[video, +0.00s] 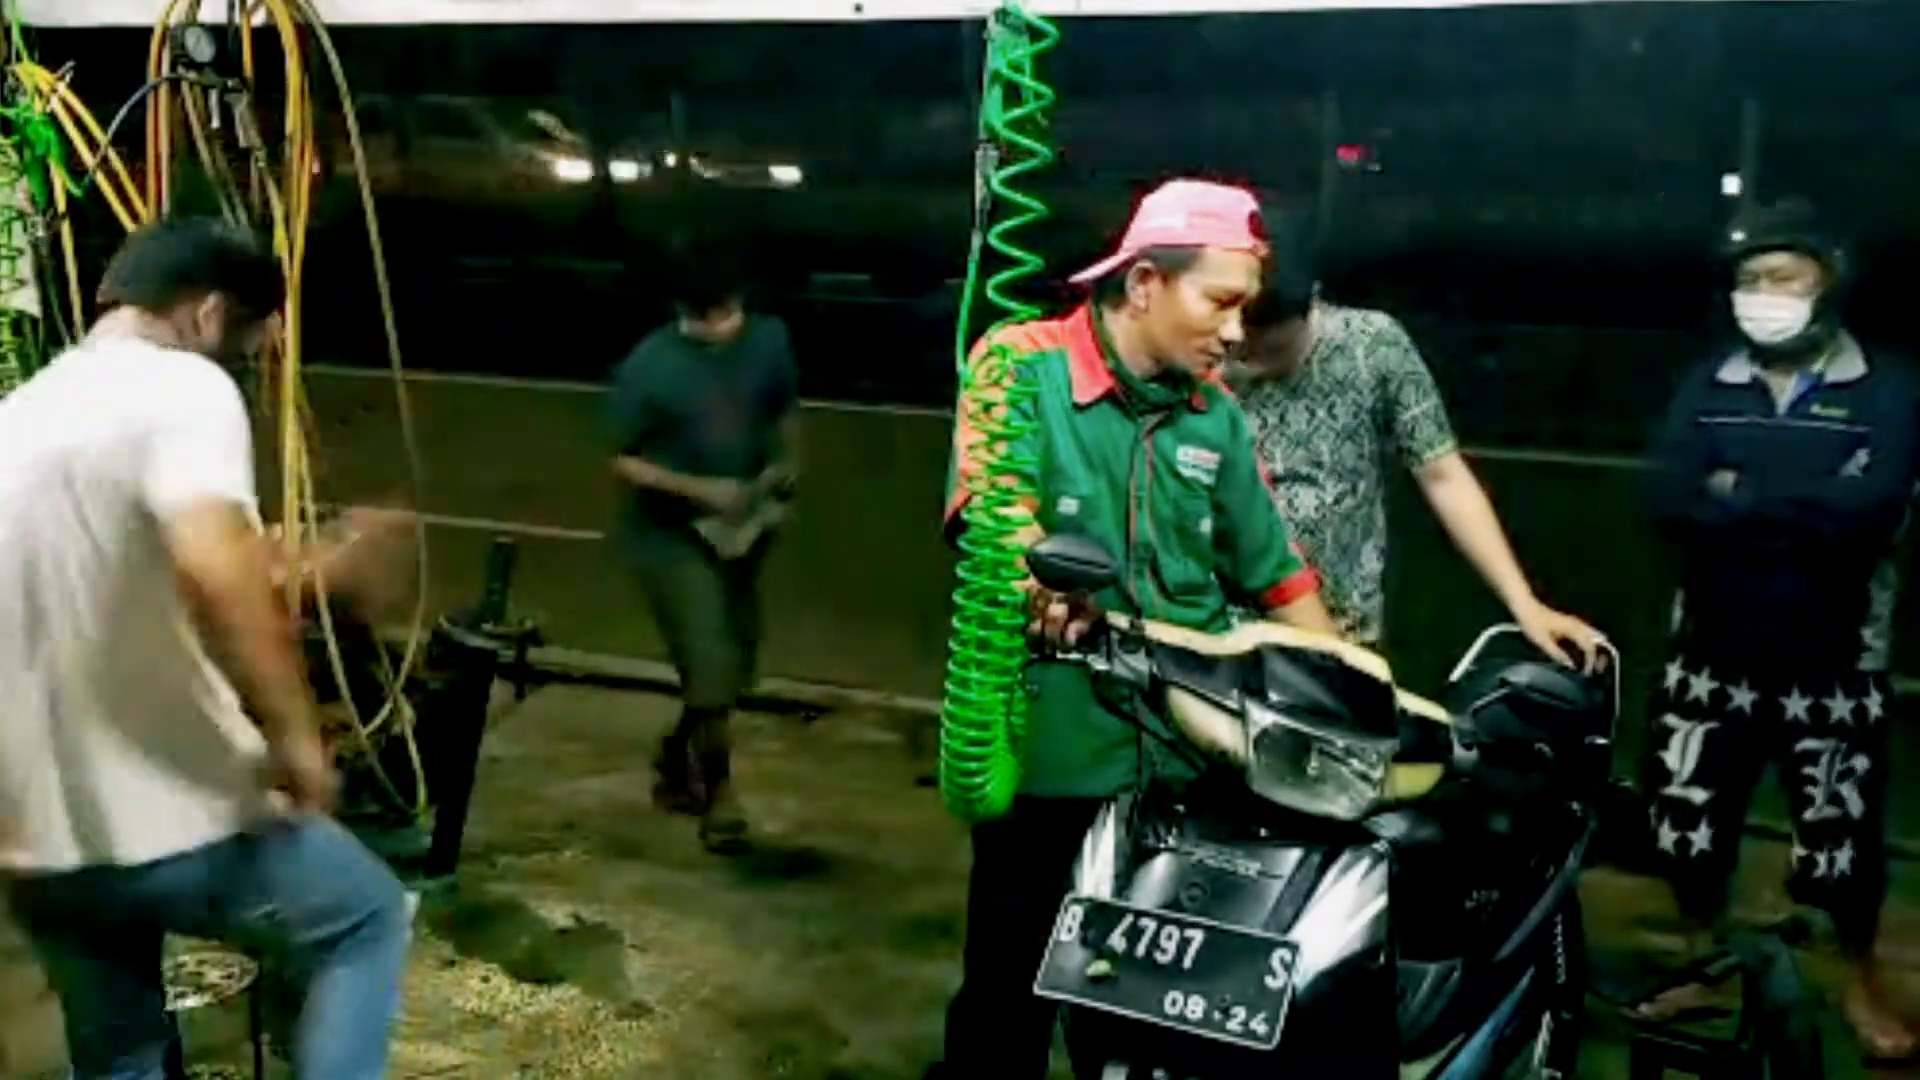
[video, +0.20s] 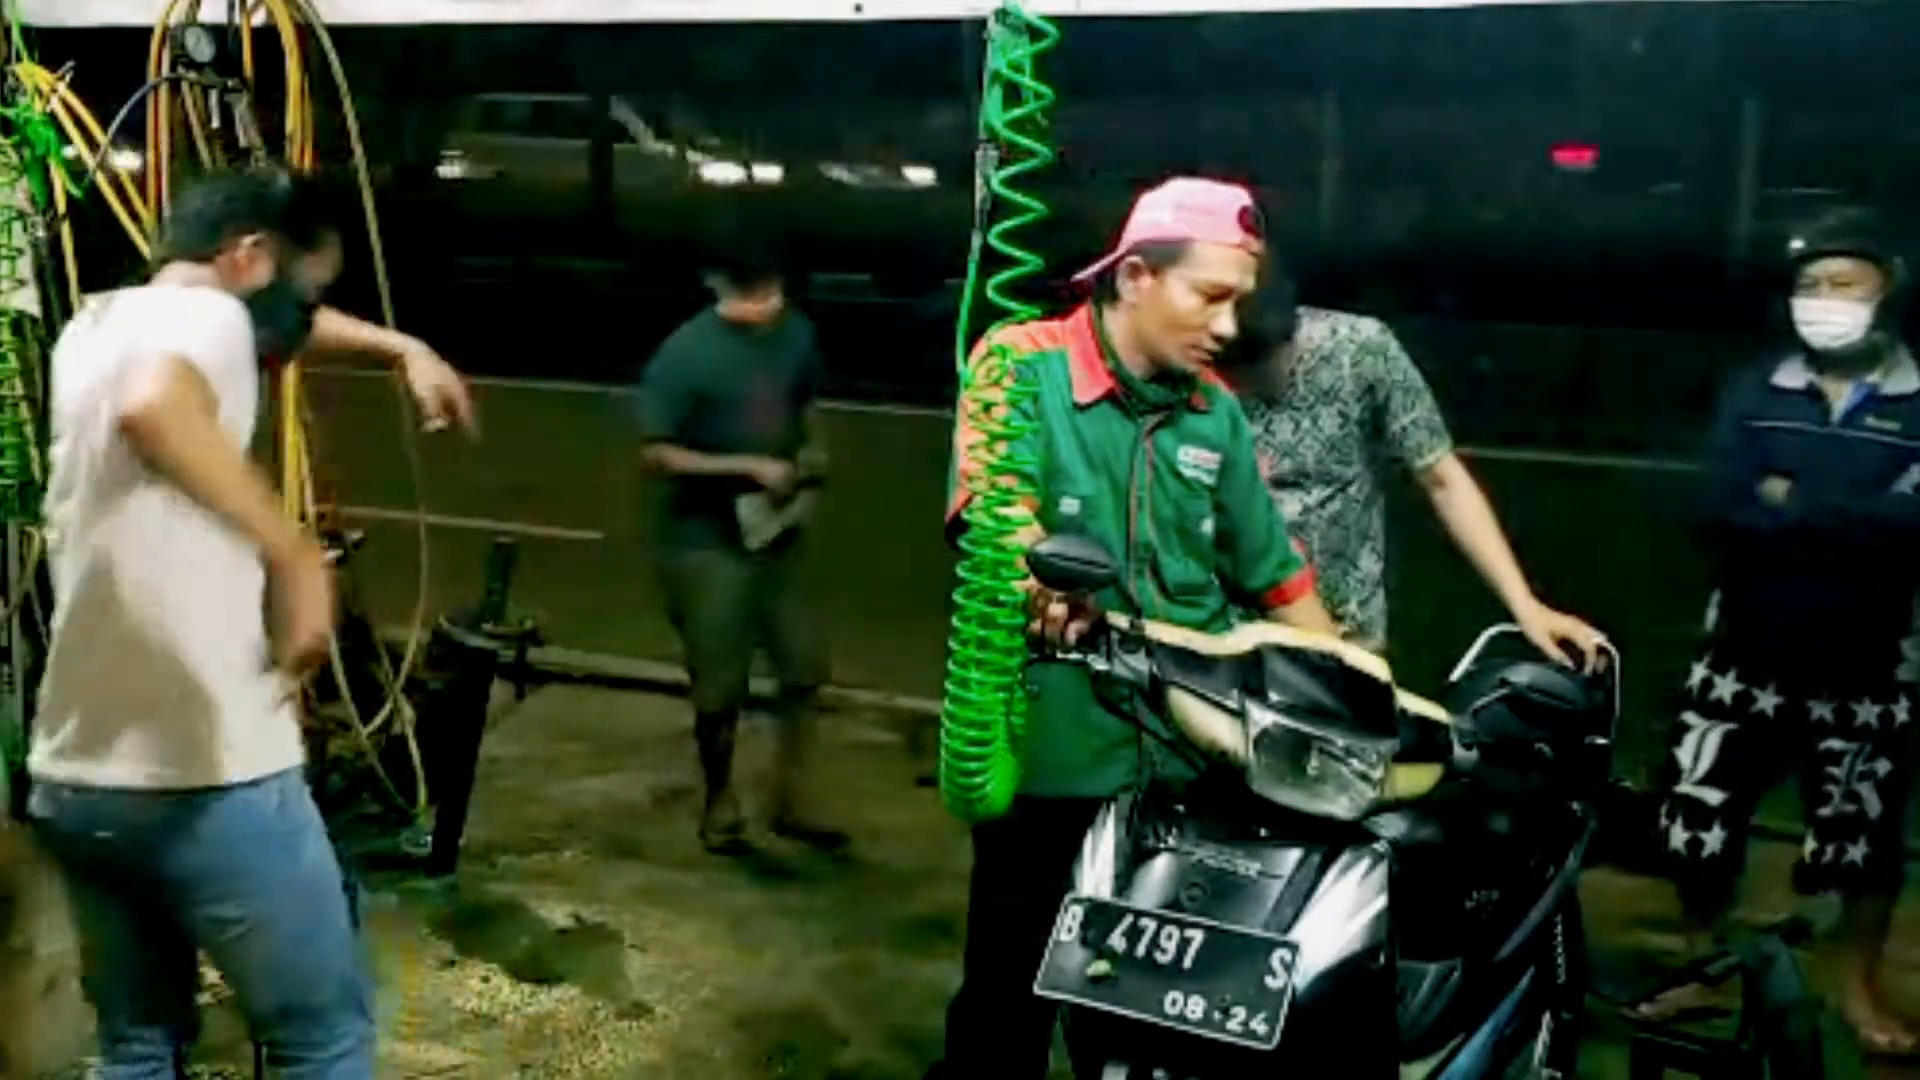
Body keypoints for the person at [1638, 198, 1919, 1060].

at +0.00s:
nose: (1765, 299)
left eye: (1786, 281)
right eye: (1752, 281)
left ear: (1827, 287)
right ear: (1733, 291)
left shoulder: (1880, 390)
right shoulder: (1710, 384)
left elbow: (1875, 507)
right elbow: (1664, 496)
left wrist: (1737, 485)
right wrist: (1819, 492)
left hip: (1830, 650)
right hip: (1715, 644)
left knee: (1844, 833)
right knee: (1688, 817)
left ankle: (1856, 984)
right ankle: (1703, 970)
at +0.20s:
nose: (1826, 304)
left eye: (1848, 288)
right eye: (1812, 287)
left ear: (1885, 300)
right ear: (1790, 298)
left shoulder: (1914, 402)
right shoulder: (1755, 392)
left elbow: (1913, 517)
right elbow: (1712, 500)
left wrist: (1791, 495)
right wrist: (1861, 512)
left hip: (1867, 654)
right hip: (1751, 643)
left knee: (1866, 839)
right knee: (1696, 816)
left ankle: (1859, 985)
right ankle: (1703, 969)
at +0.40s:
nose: (1865, 305)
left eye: (1886, 290)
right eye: (1851, 288)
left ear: (1916, 305)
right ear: (1825, 299)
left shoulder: (1918, 412)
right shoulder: (1770, 396)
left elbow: (1912, 517)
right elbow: (1741, 502)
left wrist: (1809, 492)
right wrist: (1875, 509)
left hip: (1883, 661)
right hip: (1770, 653)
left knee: (1884, 845)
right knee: (1707, 822)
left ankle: (1861, 986)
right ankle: (1706, 967)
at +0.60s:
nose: (1881, 305)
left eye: (1901, 291)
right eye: (1869, 288)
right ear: (1845, 301)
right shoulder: (1796, 395)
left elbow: (1910, 516)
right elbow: (1753, 502)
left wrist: (1816, 485)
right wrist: (1876, 508)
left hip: (1892, 666)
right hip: (1779, 656)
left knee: (1892, 855)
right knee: (1709, 824)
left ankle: (1862, 985)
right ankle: (1710, 966)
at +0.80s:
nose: (1897, 304)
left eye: (1912, 289)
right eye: (1884, 287)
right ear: (1858, 300)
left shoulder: (1919, 412)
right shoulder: (1808, 392)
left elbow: (1908, 513)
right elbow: (1760, 500)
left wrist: (1827, 482)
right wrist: (1874, 511)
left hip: (1892, 669)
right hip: (1785, 658)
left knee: (1887, 854)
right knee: (1714, 823)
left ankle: (1863, 990)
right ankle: (1709, 968)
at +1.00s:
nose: (1904, 302)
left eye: (1917, 287)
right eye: (1891, 285)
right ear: (1865, 297)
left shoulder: (1919, 412)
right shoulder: (1814, 392)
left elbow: (1908, 515)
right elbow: (1765, 503)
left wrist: (1831, 484)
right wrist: (1880, 512)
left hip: (1899, 669)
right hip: (1795, 657)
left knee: (1896, 850)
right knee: (1722, 824)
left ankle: (1863, 989)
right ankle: (1709, 968)